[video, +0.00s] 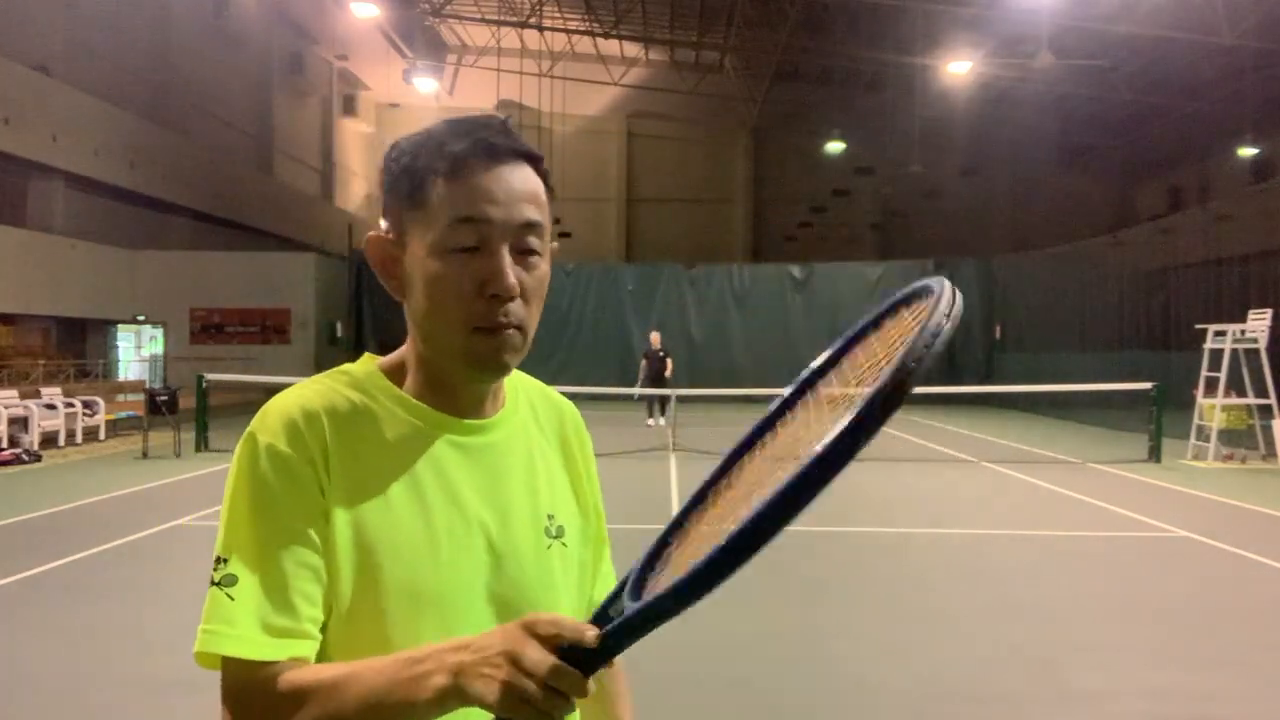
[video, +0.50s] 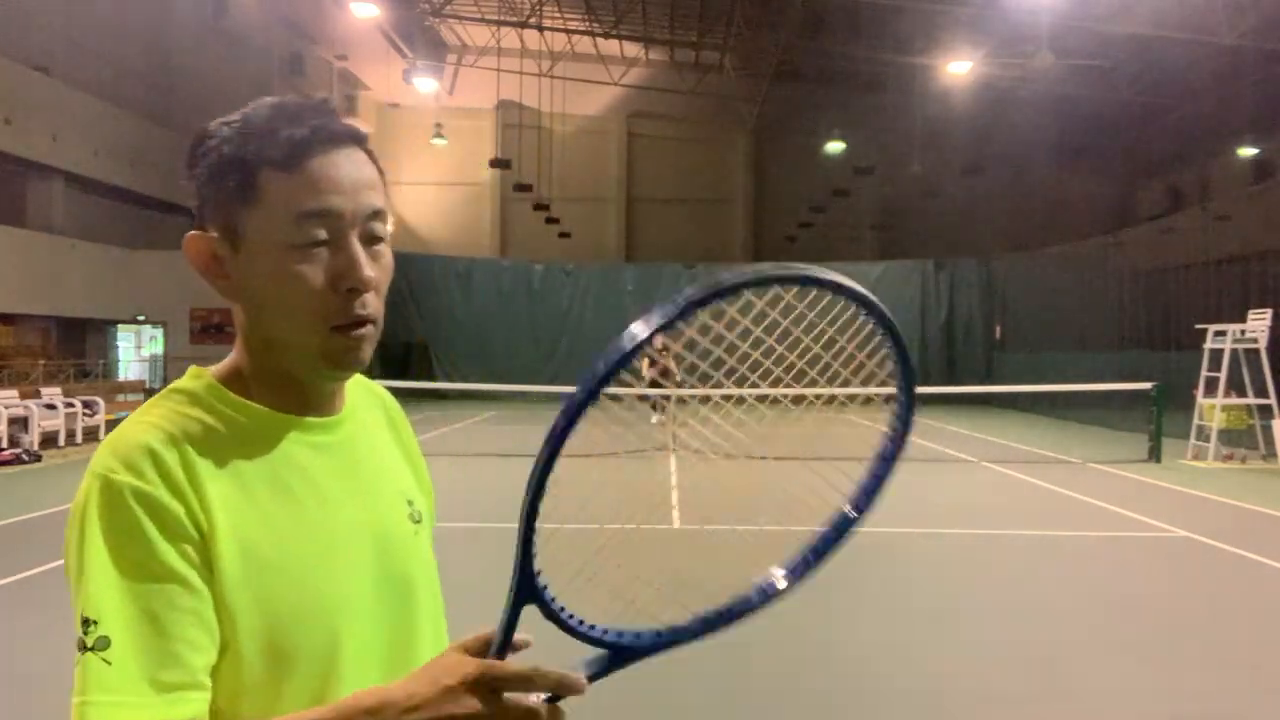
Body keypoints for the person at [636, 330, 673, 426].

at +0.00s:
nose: (655, 340)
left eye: (657, 338)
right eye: (653, 338)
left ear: (659, 339)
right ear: (650, 340)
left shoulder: (664, 352)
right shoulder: (647, 353)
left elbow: (669, 362)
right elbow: (643, 366)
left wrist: (668, 371)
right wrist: (641, 376)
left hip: (661, 378)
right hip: (650, 378)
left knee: (662, 398)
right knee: (650, 398)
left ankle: (662, 416)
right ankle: (650, 417)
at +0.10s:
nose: (656, 340)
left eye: (658, 337)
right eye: (655, 338)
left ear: (661, 338)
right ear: (652, 339)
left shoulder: (666, 351)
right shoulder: (649, 352)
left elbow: (670, 361)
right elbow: (644, 365)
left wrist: (669, 370)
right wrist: (643, 376)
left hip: (662, 376)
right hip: (651, 376)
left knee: (663, 397)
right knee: (651, 396)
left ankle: (662, 416)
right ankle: (651, 416)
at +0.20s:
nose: (657, 339)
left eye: (659, 336)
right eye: (656, 337)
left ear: (662, 338)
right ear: (653, 338)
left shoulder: (667, 350)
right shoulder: (650, 351)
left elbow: (671, 361)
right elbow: (645, 364)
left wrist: (671, 371)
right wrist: (645, 373)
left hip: (663, 377)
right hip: (652, 376)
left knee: (663, 396)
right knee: (651, 395)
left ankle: (662, 416)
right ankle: (652, 415)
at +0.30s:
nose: (658, 339)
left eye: (660, 337)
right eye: (656, 337)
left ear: (663, 338)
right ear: (653, 339)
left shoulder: (668, 352)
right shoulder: (650, 352)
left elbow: (672, 364)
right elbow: (645, 368)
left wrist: (674, 375)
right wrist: (644, 380)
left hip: (664, 379)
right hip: (652, 379)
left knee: (664, 398)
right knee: (651, 396)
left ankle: (662, 416)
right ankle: (653, 412)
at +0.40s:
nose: (658, 340)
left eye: (660, 338)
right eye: (656, 338)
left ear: (663, 339)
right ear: (653, 339)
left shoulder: (666, 353)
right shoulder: (650, 353)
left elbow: (672, 365)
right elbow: (645, 367)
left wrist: (670, 373)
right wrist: (645, 378)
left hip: (664, 378)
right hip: (654, 378)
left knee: (666, 396)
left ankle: (662, 415)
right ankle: (653, 414)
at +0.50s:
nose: (658, 342)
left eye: (660, 340)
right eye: (656, 340)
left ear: (663, 341)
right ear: (652, 342)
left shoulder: (666, 354)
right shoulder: (649, 355)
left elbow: (671, 364)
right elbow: (645, 366)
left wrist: (677, 374)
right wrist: (646, 375)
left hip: (665, 378)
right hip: (653, 378)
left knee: (665, 396)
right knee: (654, 395)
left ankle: (662, 414)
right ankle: (655, 413)